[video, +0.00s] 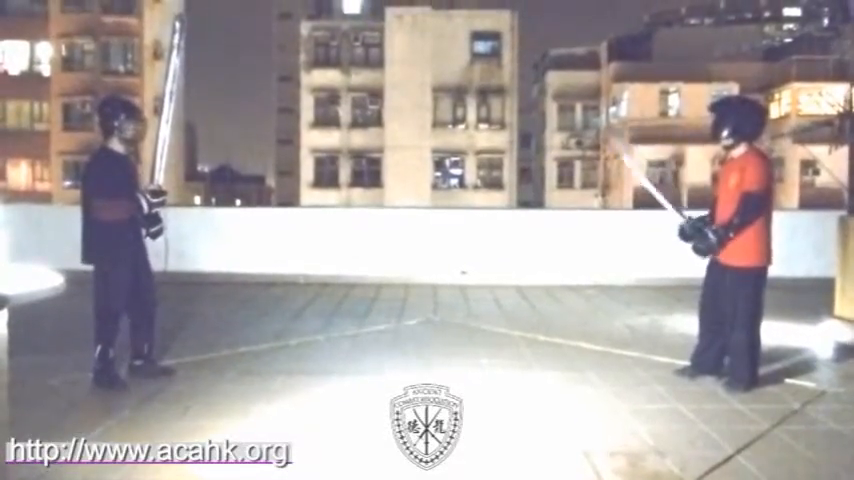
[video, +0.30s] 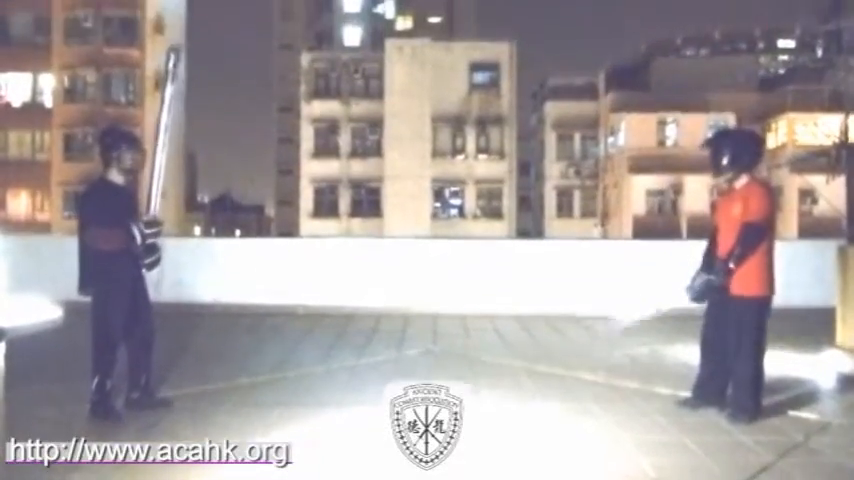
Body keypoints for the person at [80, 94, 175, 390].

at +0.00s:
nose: (137, 129)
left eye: (138, 123)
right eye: (132, 123)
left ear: (129, 126)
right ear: (116, 125)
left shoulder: (126, 162)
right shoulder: (102, 164)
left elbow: (124, 201)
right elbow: (101, 210)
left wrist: (147, 201)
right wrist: (140, 212)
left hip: (130, 244)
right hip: (108, 247)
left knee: (143, 298)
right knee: (110, 304)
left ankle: (142, 357)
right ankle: (103, 363)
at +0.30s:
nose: (136, 159)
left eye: (137, 153)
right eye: (130, 153)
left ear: (131, 156)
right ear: (114, 154)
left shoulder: (126, 193)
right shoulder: (96, 194)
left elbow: (127, 232)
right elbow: (94, 237)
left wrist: (146, 233)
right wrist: (132, 241)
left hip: (130, 272)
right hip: (106, 275)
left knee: (142, 329)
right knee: (107, 335)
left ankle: (140, 390)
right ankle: (100, 396)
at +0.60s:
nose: (134, 174)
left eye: (133, 169)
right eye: (128, 169)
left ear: (122, 175)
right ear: (112, 174)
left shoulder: (126, 213)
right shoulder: (93, 215)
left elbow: (128, 255)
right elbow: (91, 260)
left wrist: (146, 265)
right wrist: (130, 255)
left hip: (128, 293)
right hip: (102, 296)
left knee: (139, 349)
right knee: (105, 355)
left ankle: (137, 411)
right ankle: (97, 418)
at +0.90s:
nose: (131, 170)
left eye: (130, 166)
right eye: (124, 166)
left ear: (114, 175)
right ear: (108, 174)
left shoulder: (123, 214)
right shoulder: (92, 216)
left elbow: (125, 255)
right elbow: (91, 262)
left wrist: (143, 270)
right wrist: (131, 254)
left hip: (126, 296)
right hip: (101, 299)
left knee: (137, 350)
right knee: (103, 356)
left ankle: (136, 412)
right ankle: (97, 418)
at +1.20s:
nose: (128, 176)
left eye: (127, 171)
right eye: (122, 171)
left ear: (108, 177)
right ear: (107, 176)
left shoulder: (122, 215)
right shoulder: (95, 218)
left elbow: (124, 255)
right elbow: (97, 265)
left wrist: (144, 256)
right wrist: (137, 264)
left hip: (126, 296)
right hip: (104, 299)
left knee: (138, 350)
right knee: (105, 356)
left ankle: (137, 411)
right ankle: (98, 418)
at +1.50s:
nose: (132, 175)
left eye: (131, 170)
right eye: (127, 170)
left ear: (114, 173)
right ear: (112, 173)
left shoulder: (125, 211)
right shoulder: (99, 213)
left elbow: (126, 251)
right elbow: (100, 260)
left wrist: (146, 257)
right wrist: (140, 262)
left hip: (128, 292)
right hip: (105, 294)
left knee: (140, 347)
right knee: (108, 352)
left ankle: (138, 407)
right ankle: (100, 415)